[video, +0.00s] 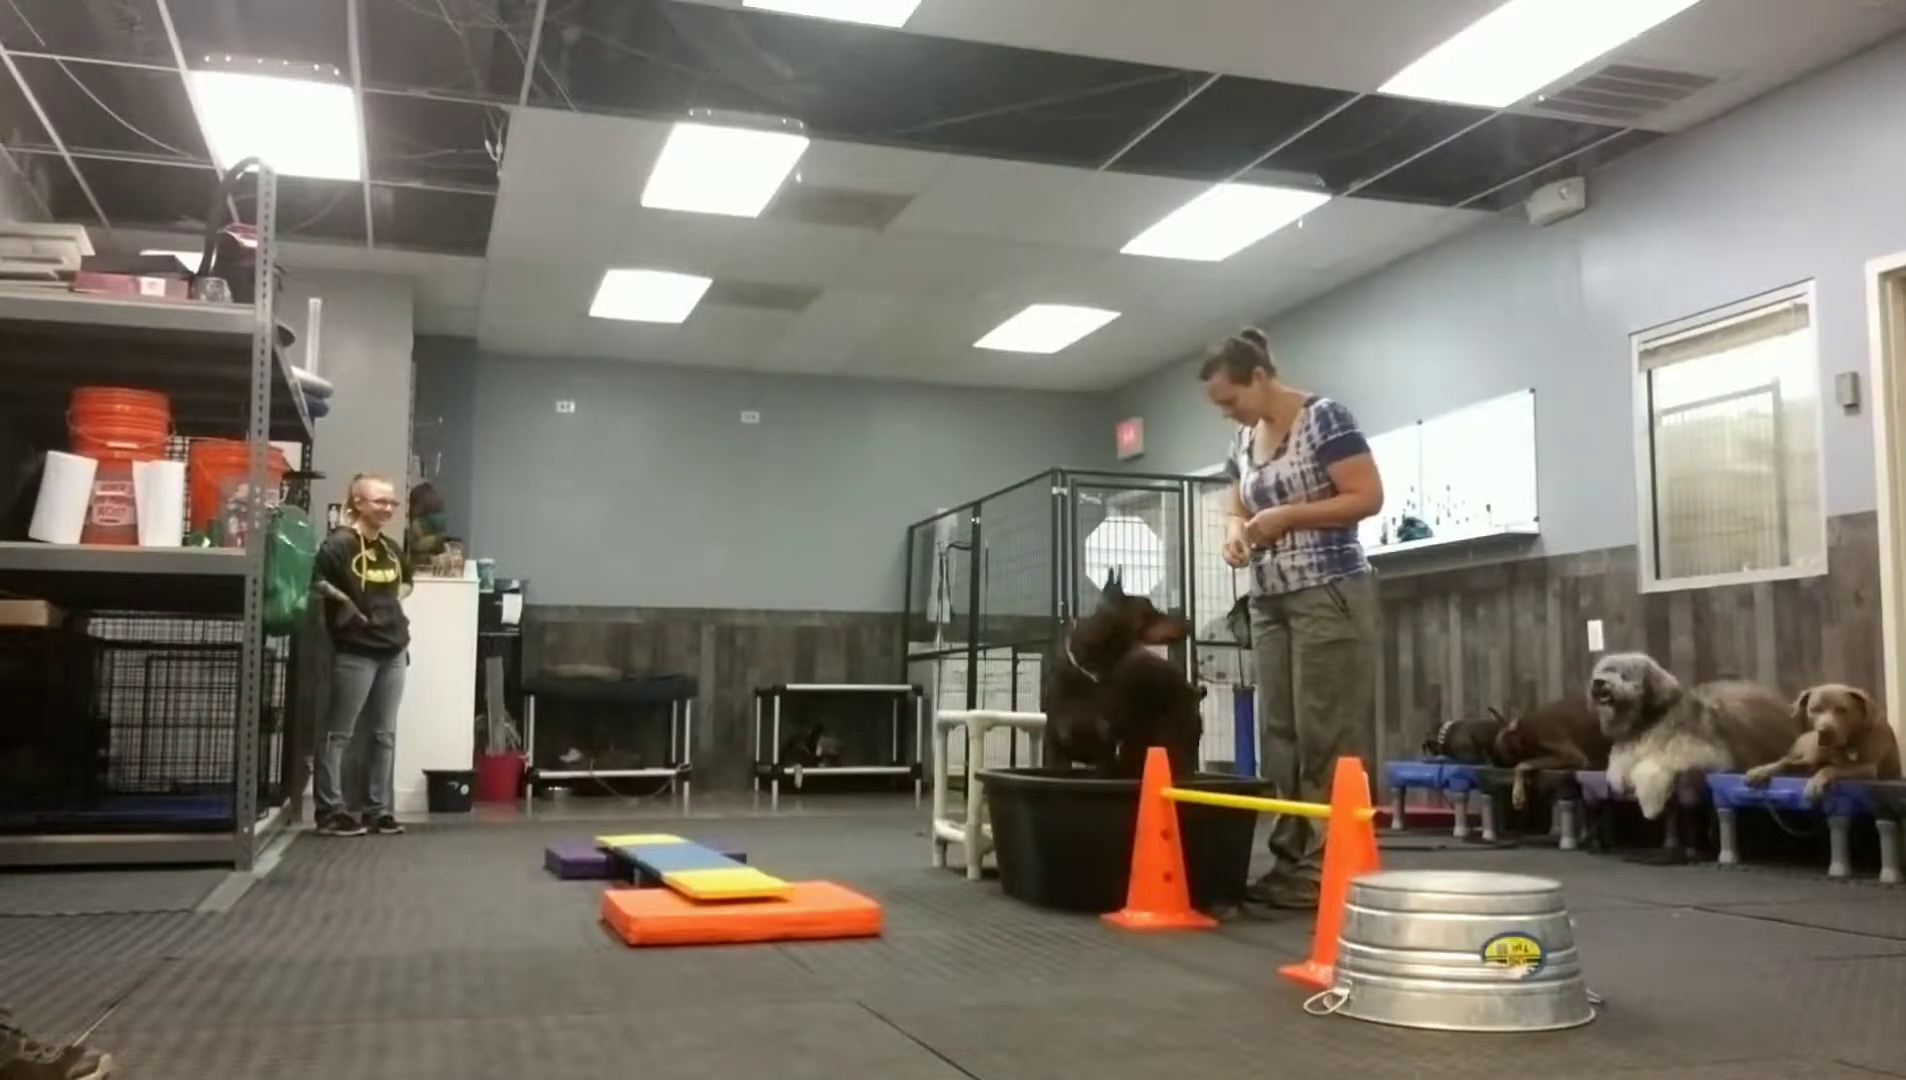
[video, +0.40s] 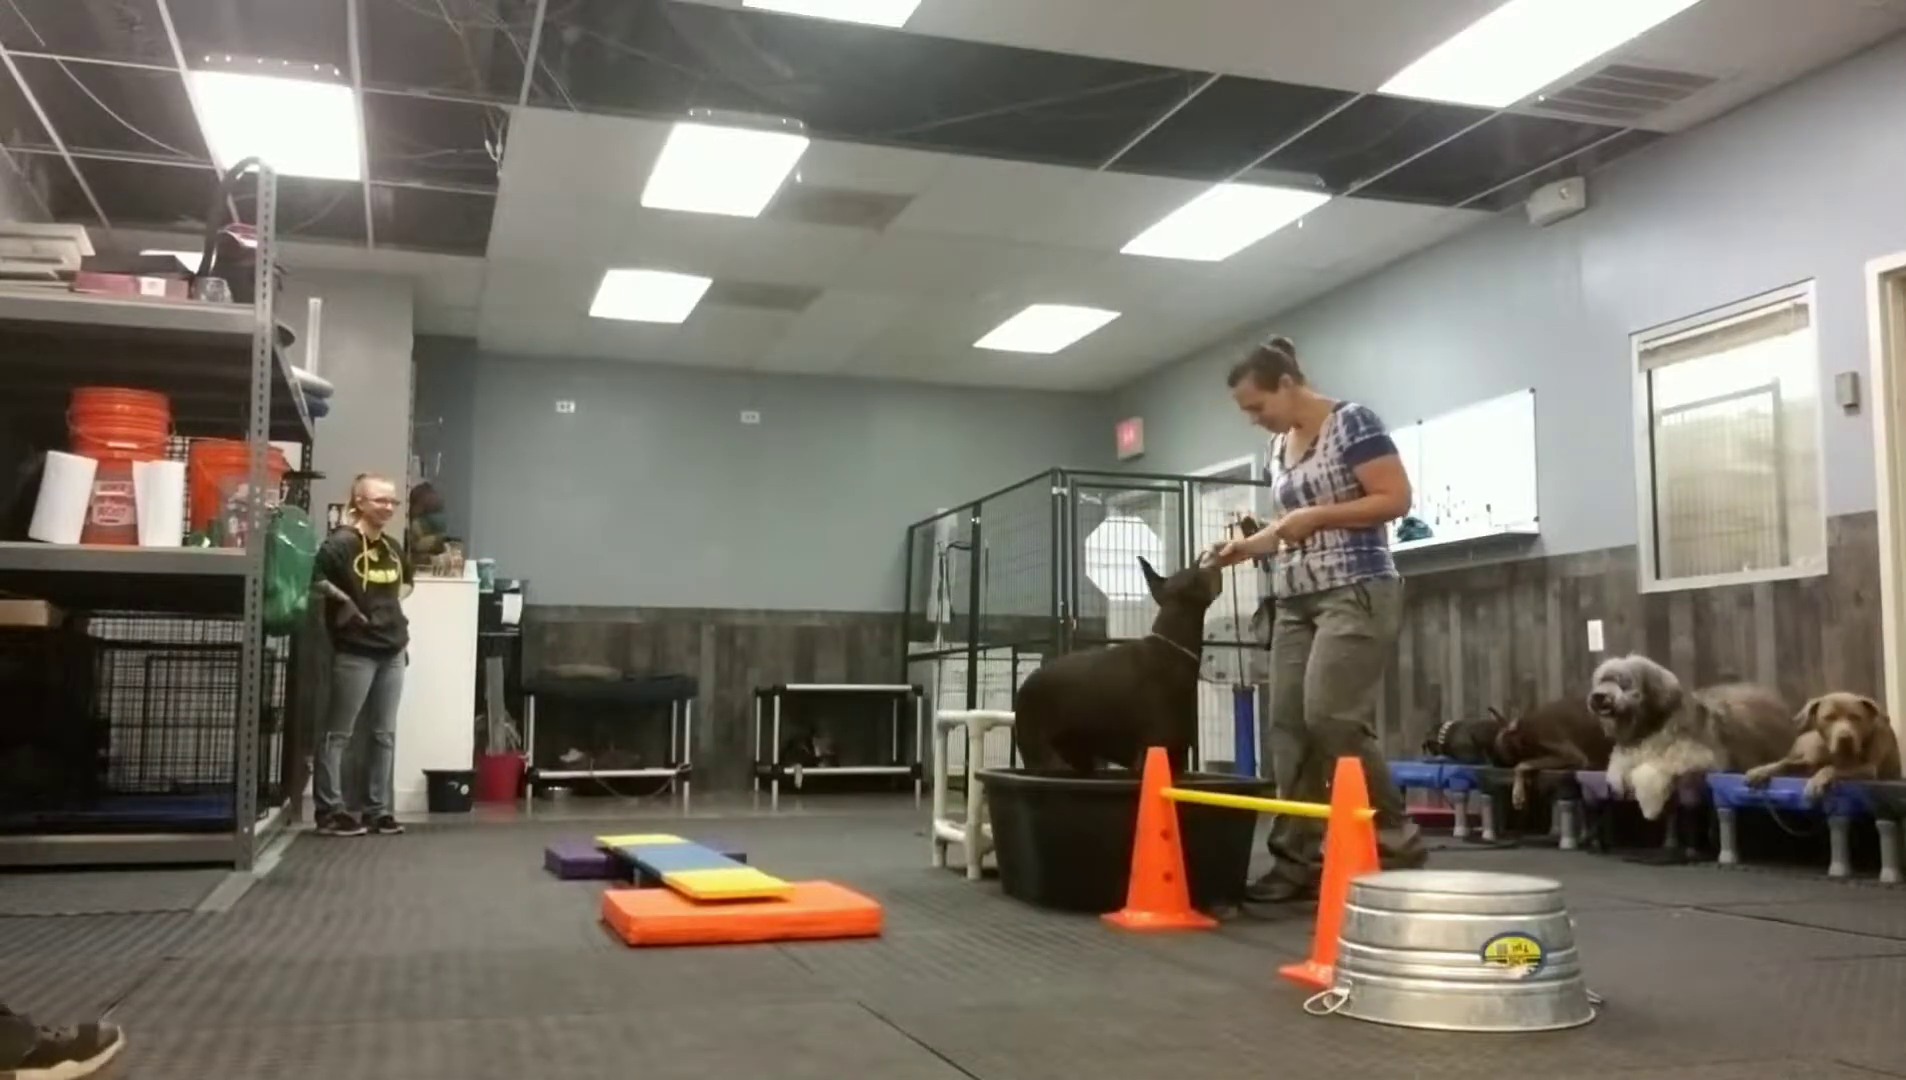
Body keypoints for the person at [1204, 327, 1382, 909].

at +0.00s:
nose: (1228, 413)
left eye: (1230, 400)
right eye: (1221, 405)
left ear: (1260, 378)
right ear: (1240, 391)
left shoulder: (1323, 417)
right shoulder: (1247, 445)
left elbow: (1367, 498)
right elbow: (1240, 512)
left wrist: (1286, 517)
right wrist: (1237, 531)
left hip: (1329, 595)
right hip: (1272, 601)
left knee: (1327, 731)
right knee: (1281, 731)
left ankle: (1331, 867)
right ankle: (1292, 861)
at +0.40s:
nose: (1254, 419)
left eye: (1257, 406)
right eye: (1248, 411)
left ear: (1288, 385)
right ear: (1273, 394)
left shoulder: (1351, 421)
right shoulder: (1279, 452)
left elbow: (1395, 498)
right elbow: (1294, 527)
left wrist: (1316, 516)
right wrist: (1245, 548)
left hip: (1357, 595)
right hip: (1296, 603)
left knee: (1330, 717)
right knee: (1287, 728)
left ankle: (1396, 839)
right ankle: (1296, 864)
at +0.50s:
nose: (1300, 423)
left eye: (1300, 409)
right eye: (1293, 414)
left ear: (1330, 388)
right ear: (1321, 398)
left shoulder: (1392, 427)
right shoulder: (1332, 456)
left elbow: (1427, 509)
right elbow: (1349, 531)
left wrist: (1341, 523)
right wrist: (1300, 542)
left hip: (1388, 602)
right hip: (1336, 607)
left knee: (1387, 740)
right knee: (1311, 729)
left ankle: (1462, 867)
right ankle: (1298, 867)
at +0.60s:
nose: (1347, 418)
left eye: (1348, 404)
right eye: (1341, 408)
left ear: (1379, 384)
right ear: (1374, 391)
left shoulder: (1438, 428)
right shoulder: (1391, 449)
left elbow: (1470, 505)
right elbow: (1418, 520)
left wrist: (1388, 525)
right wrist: (1375, 530)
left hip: (1439, 600)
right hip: (1392, 605)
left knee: (1431, 742)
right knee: (1358, 720)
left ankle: (1463, 869)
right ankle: (1356, 862)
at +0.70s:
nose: (1394, 411)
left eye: (1395, 397)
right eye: (1388, 401)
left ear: (1428, 379)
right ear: (1424, 386)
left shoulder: (1482, 423)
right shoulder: (1437, 445)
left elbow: (1512, 500)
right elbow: (1464, 516)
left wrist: (1429, 522)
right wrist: (1418, 526)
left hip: (1481, 595)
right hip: (1440, 600)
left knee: (1463, 728)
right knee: (1420, 718)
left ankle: (1469, 862)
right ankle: (1521, 819)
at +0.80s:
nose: (1440, 416)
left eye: (1441, 404)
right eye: (1435, 408)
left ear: (1473, 386)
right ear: (1471, 391)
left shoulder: (1529, 433)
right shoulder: (1485, 451)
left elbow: (1562, 511)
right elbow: (1512, 521)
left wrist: (1481, 528)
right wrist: (1468, 531)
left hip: (1533, 604)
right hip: (1507, 607)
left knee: (1495, 734)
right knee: (1533, 740)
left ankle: (1469, 865)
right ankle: (1622, 849)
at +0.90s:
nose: (1481, 423)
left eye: (1482, 410)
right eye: (1476, 414)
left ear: (1514, 393)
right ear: (1510, 399)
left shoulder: (1576, 433)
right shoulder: (1522, 460)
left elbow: (1619, 508)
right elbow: (1554, 529)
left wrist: (1536, 533)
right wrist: (1511, 537)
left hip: (1589, 607)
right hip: (1546, 613)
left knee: (1547, 733)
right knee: (1577, 744)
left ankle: (1495, 850)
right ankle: (1641, 866)